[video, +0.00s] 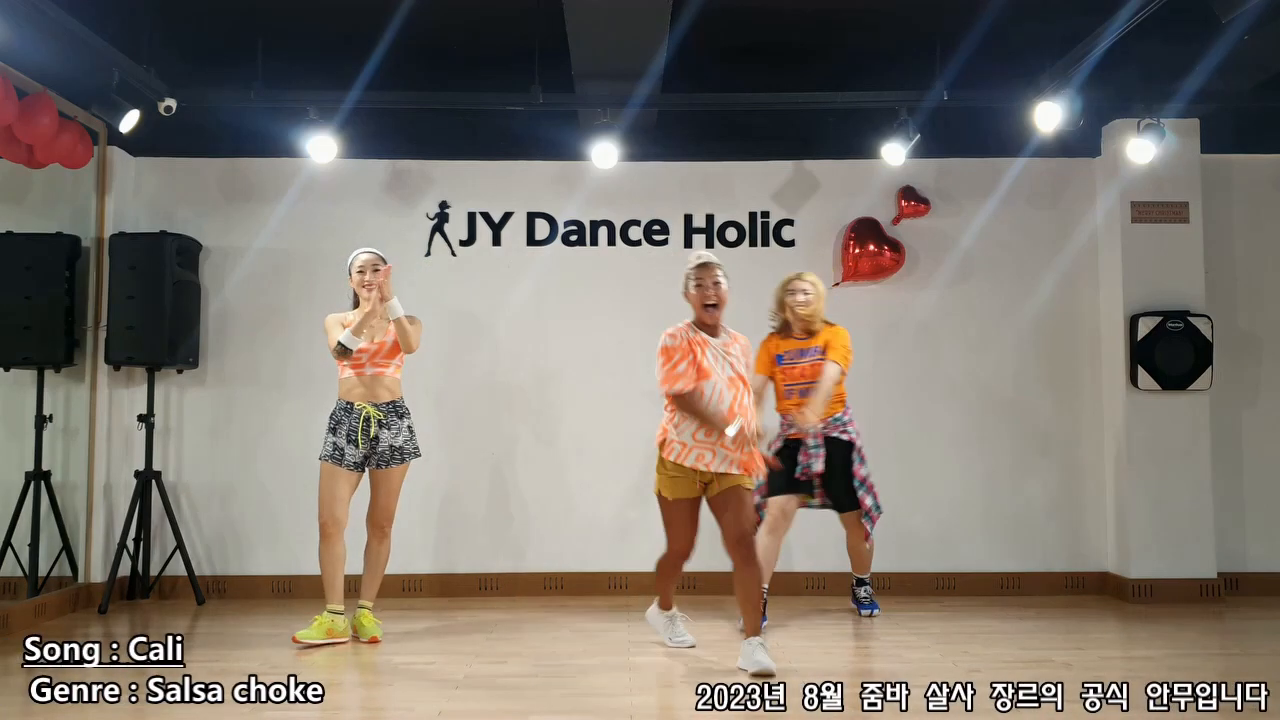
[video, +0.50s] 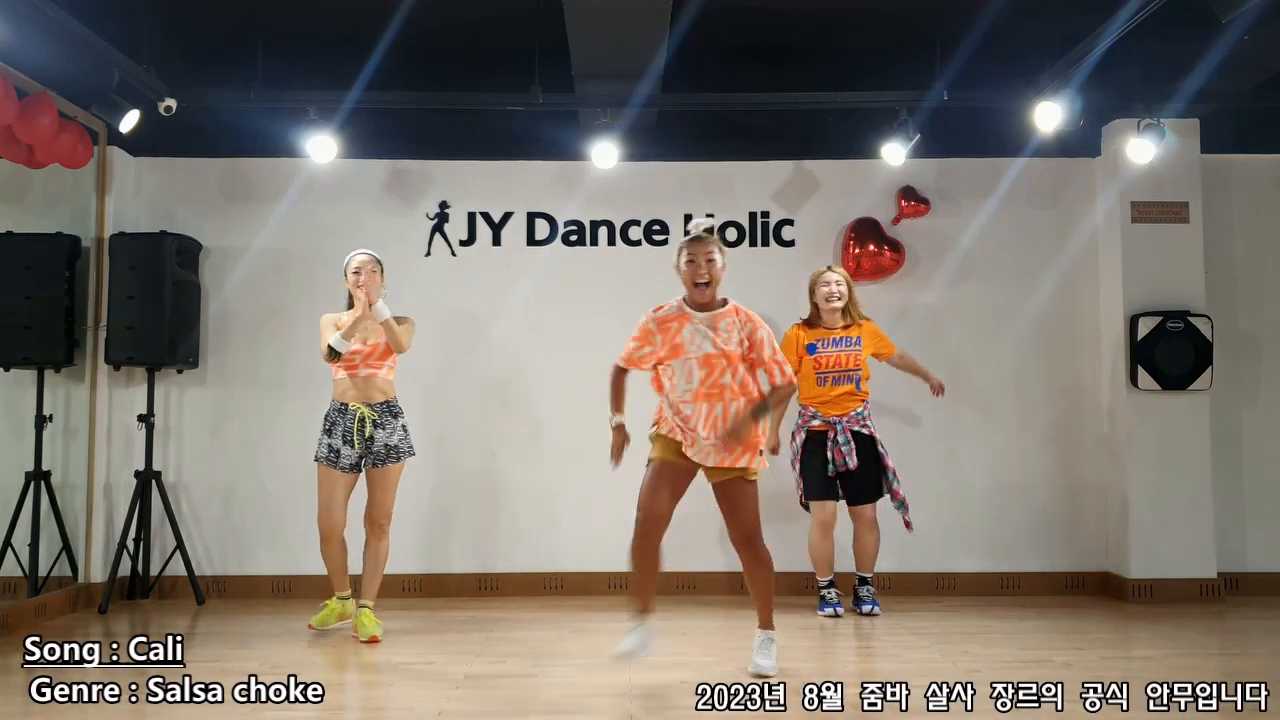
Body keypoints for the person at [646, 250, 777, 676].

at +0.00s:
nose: (710, 291)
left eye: (717, 283)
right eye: (700, 285)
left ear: (727, 291)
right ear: (687, 294)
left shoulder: (739, 344)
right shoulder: (676, 338)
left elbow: (744, 404)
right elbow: (681, 395)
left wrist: (754, 449)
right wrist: (724, 426)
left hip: (729, 461)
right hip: (681, 459)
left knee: (743, 543)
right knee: (680, 547)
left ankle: (753, 640)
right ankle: (662, 609)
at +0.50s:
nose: (701, 269)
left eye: (710, 260)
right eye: (692, 261)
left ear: (723, 268)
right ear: (679, 269)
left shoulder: (746, 323)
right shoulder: (662, 321)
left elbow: (786, 383)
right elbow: (621, 368)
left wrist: (750, 416)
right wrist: (618, 421)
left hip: (733, 440)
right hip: (677, 434)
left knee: (748, 541)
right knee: (647, 523)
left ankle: (766, 635)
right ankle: (643, 621)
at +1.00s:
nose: (633, 276)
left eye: (642, 266)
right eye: (623, 267)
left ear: (657, 272)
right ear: (611, 274)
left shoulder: (681, 333)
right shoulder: (590, 332)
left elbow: (713, 394)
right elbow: (552, 393)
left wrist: (687, 388)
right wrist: (577, 400)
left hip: (656, 448)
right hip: (599, 449)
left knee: (677, 529)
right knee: (592, 554)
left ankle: (629, 593)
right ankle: (586, 668)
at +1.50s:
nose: (576, 310)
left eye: (586, 300)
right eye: (566, 302)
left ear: (602, 308)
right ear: (554, 312)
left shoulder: (627, 346)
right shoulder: (547, 369)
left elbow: (647, 400)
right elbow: (520, 435)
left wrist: (595, 395)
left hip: (649, 468)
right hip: (592, 475)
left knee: (691, 556)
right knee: (566, 569)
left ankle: (663, 657)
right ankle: (562, 670)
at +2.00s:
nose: (611, 296)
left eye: (620, 287)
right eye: (601, 289)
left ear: (637, 294)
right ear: (590, 299)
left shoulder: (666, 352)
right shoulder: (576, 358)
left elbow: (693, 416)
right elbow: (562, 426)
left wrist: (672, 448)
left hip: (654, 474)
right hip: (593, 476)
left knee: (706, 561)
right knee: (566, 566)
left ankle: (696, 662)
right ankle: (562, 670)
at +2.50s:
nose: (704, 296)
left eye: (711, 288)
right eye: (693, 288)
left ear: (723, 298)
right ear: (676, 300)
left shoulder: (738, 363)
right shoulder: (649, 358)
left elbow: (748, 423)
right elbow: (606, 419)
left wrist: (742, 430)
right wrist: (643, 424)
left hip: (710, 482)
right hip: (650, 480)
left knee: (775, 553)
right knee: (641, 564)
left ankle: (762, 656)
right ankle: (648, 668)